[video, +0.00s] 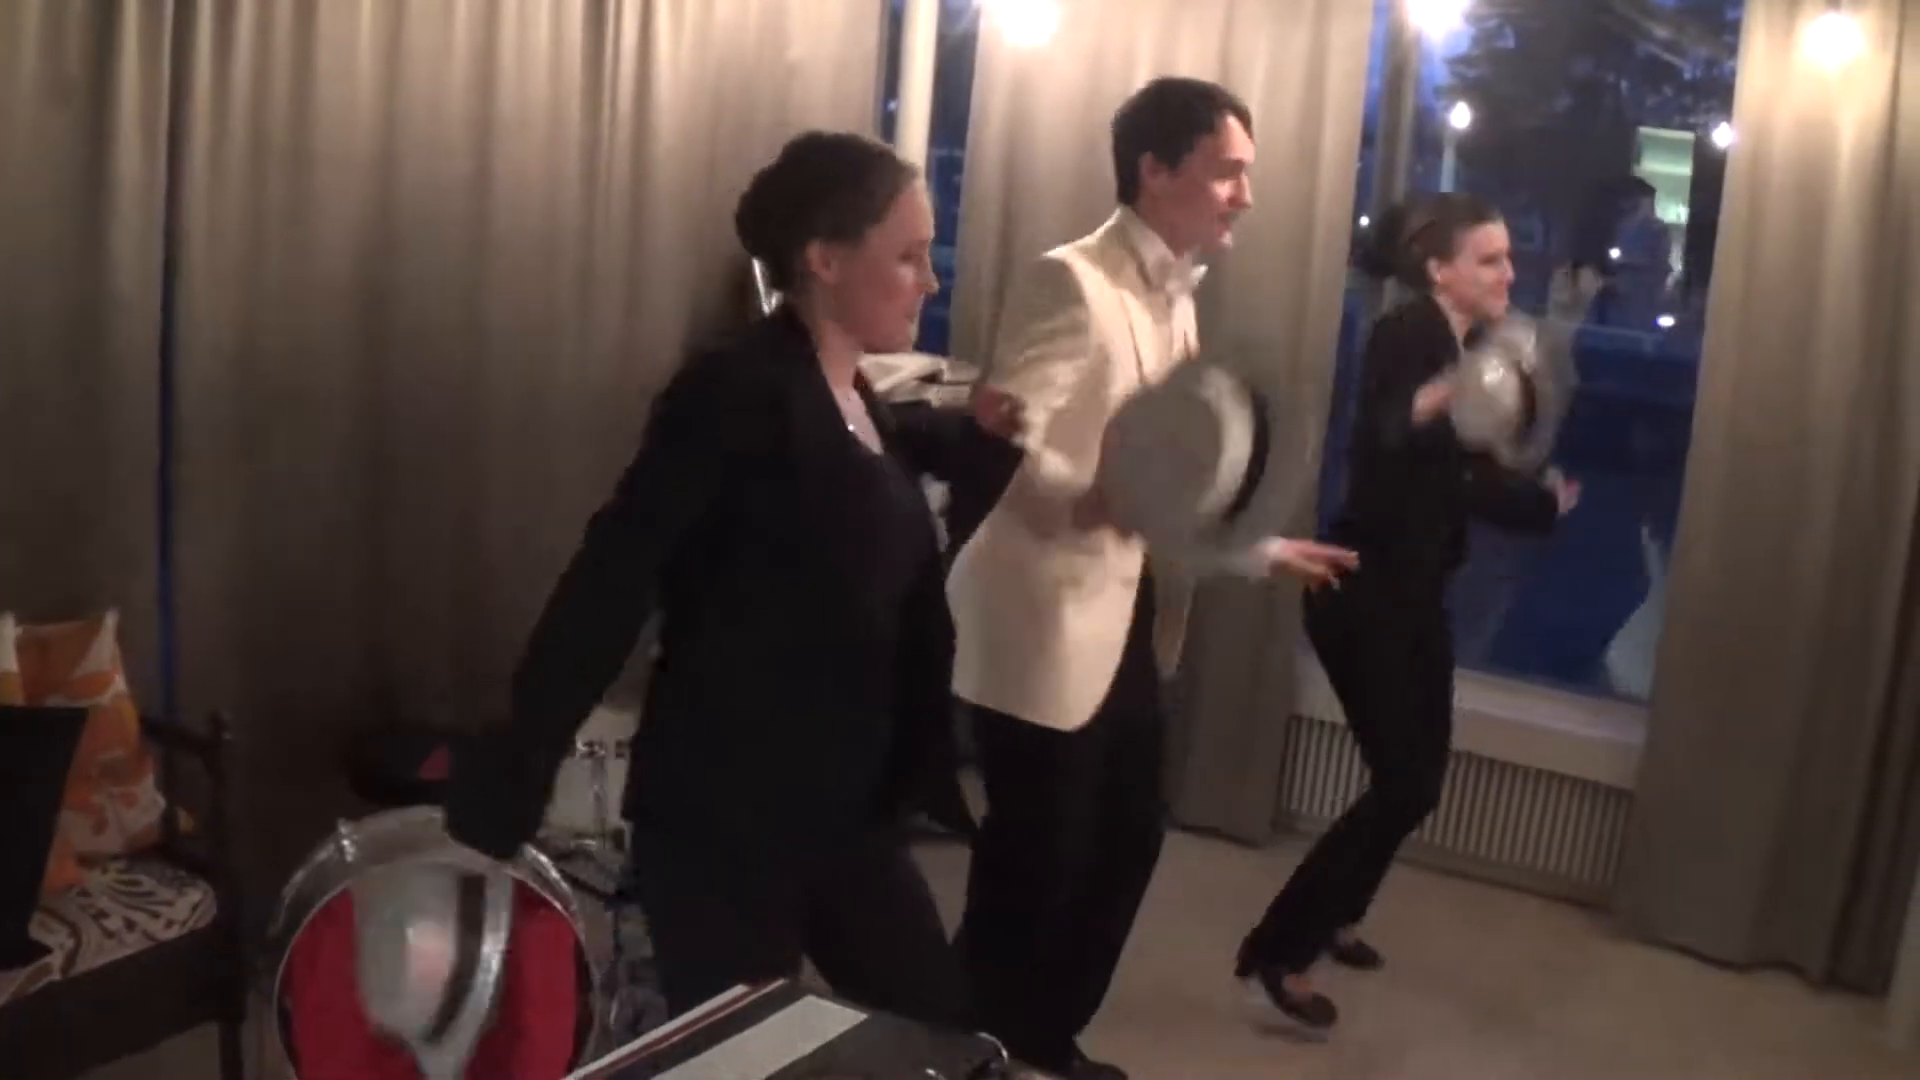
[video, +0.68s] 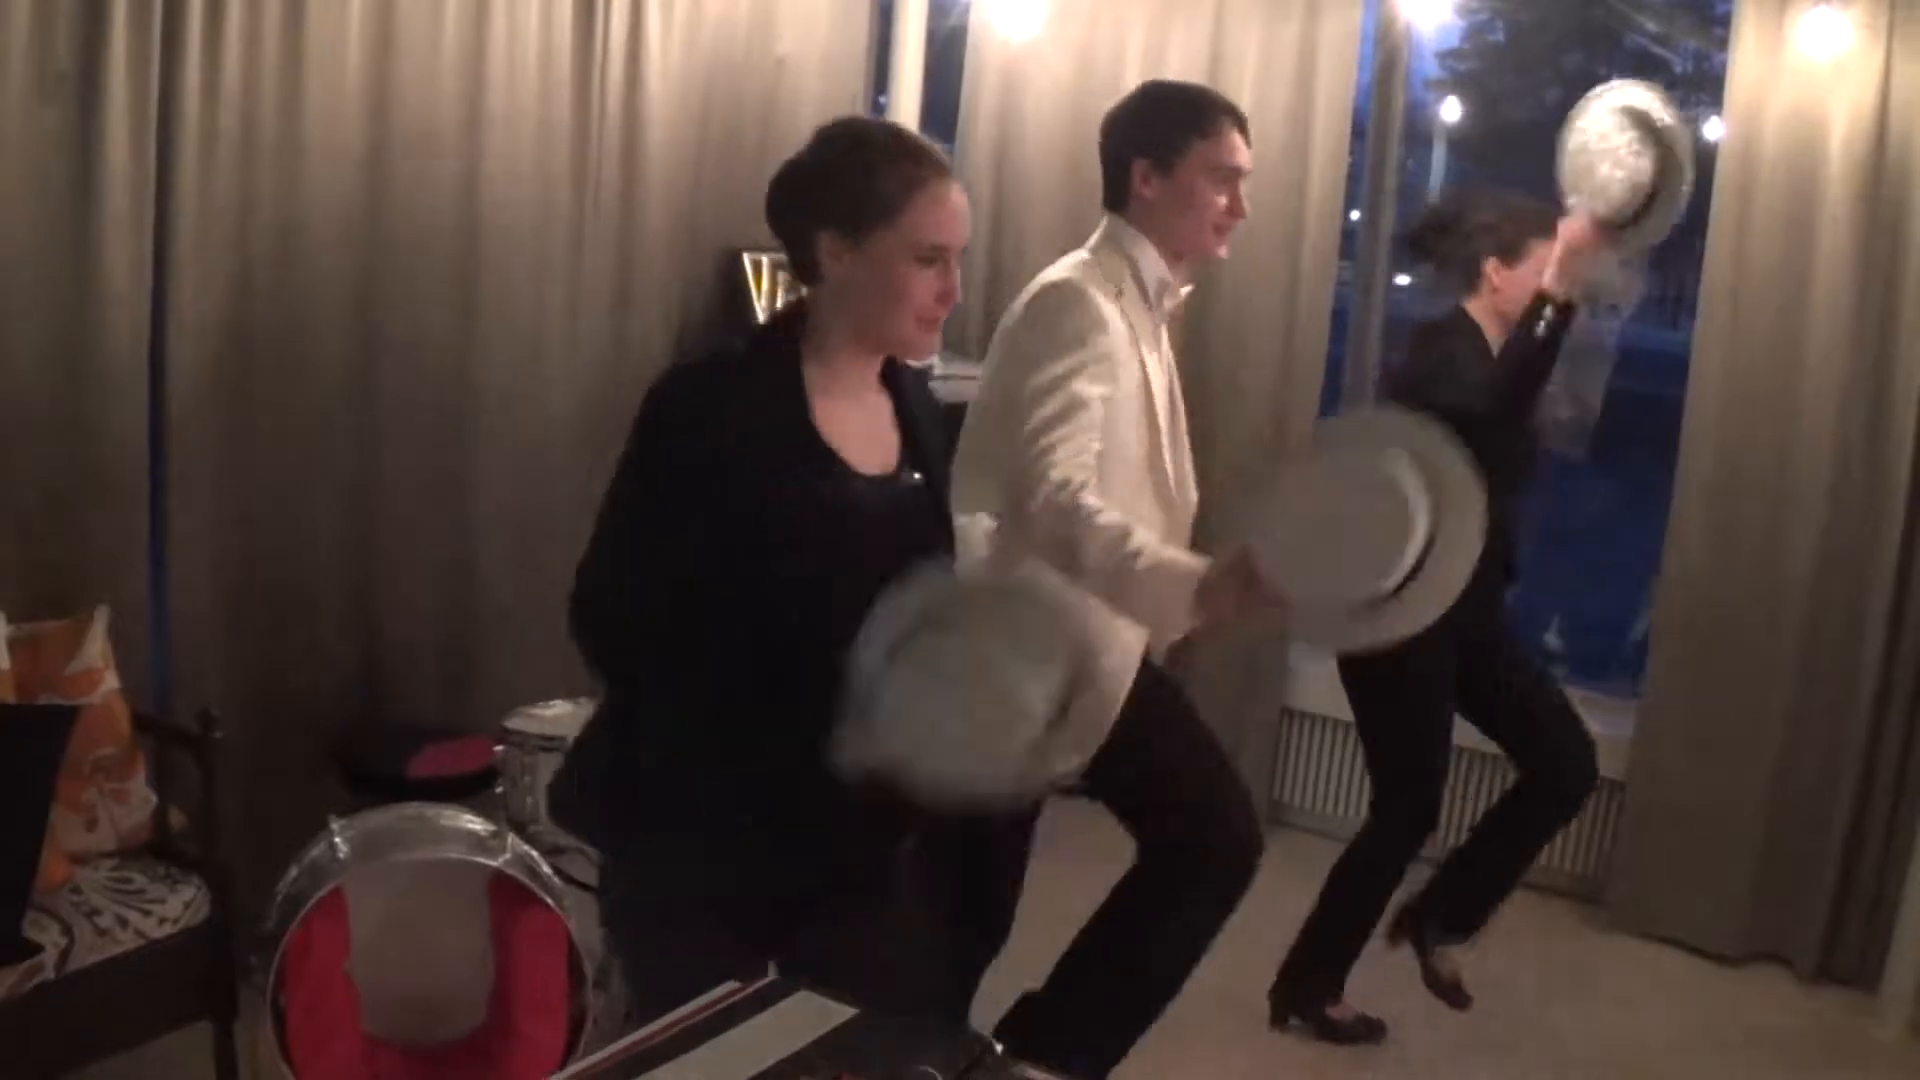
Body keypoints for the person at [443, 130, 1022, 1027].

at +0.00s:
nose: (929, 283)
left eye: (927, 259)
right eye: (909, 259)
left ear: (836, 263)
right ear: (822, 261)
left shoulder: (851, 397)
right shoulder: (729, 396)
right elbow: (605, 594)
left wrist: (972, 453)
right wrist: (506, 783)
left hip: (837, 812)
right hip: (724, 821)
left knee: (937, 1037)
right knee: (728, 1062)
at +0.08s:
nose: (922, 280)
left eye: (921, 254)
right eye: (898, 253)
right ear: (808, 258)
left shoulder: (893, 397)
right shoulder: (714, 411)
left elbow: (943, 563)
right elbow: (613, 632)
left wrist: (1015, 434)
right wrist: (536, 844)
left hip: (867, 810)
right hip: (735, 820)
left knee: (908, 1050)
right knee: (751, 1057)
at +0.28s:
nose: (889, 290)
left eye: (897, 261)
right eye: (861, 263)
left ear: (905, 259)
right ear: (766, 262)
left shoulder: (922, 386)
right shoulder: (670, 439)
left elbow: (1036, 522)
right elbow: (632, 652)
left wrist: (1137, 431)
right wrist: (615, 833)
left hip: (901, 805)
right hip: (753, 816)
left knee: (846, 1044)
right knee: (720, 1045)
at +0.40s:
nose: (888, 307)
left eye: (896, 276)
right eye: (857, 278)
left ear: (908, 272)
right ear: (764, 277)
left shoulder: (921, 401)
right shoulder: (659, 441)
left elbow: (1015, 550)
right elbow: (606, 646)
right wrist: (591, 820)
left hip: (897, 819)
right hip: (744, 825)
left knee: (852, 1051)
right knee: (722, 1054)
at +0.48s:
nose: (899, 308)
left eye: (908, 280)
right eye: (872, 281)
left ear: (917, 272)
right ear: (778, 276)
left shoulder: (920, 406)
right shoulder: (659, 433)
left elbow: (995, 572)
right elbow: (583, 629)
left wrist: (1123, 681)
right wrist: (584, 816)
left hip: (885, 811)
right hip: (727, 816)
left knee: (870, 1048)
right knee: (732, 1050)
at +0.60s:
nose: (930, 299)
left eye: (937, 271)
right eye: (906, 270)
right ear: (811, 257)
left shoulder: (922, 413)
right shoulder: (677, 419)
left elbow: (937, 633)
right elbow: (580, 616)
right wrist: (660, 815)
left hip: (884, 817)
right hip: (703, 826)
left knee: (881, 1052)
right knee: (714, 1055)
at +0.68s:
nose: (953, 289)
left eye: (957, 262)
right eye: (929, 261)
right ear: (834, 253)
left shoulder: (916, 416)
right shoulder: (704, 407)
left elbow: (923, 613)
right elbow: (608, 613)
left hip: (861, 824)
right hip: (702, 830)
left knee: (863, 1053)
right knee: (701, 1060)